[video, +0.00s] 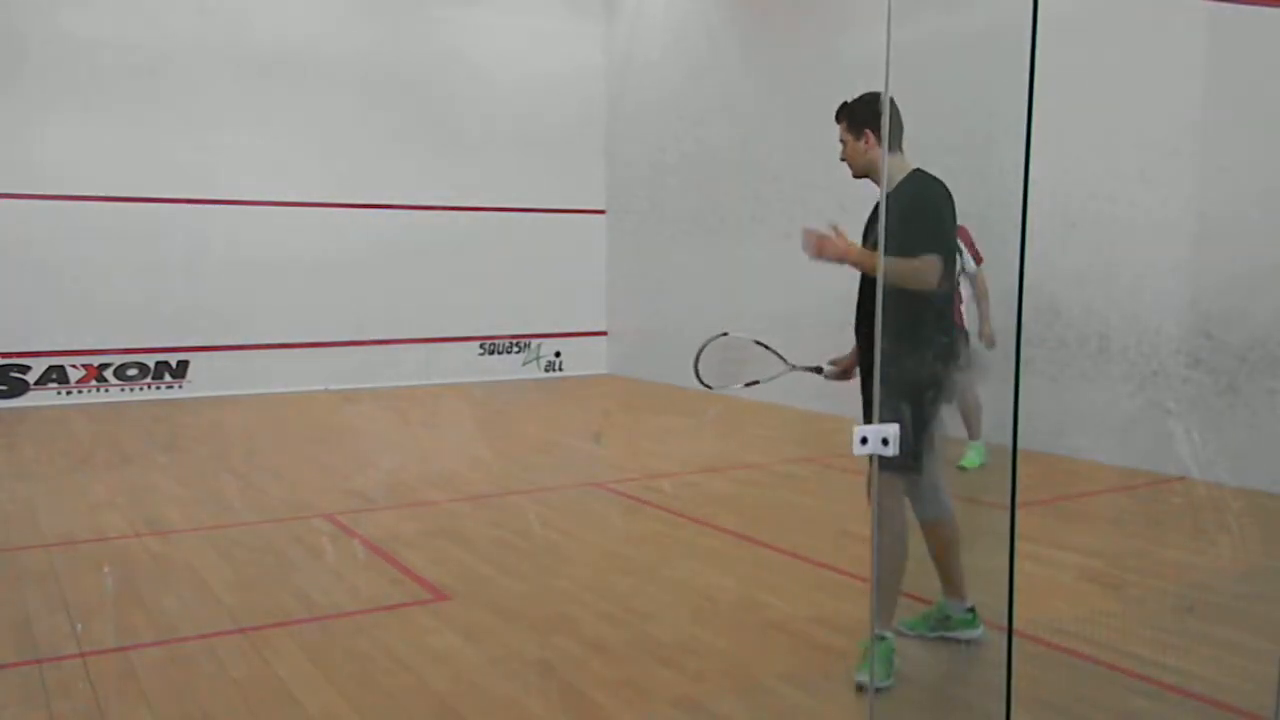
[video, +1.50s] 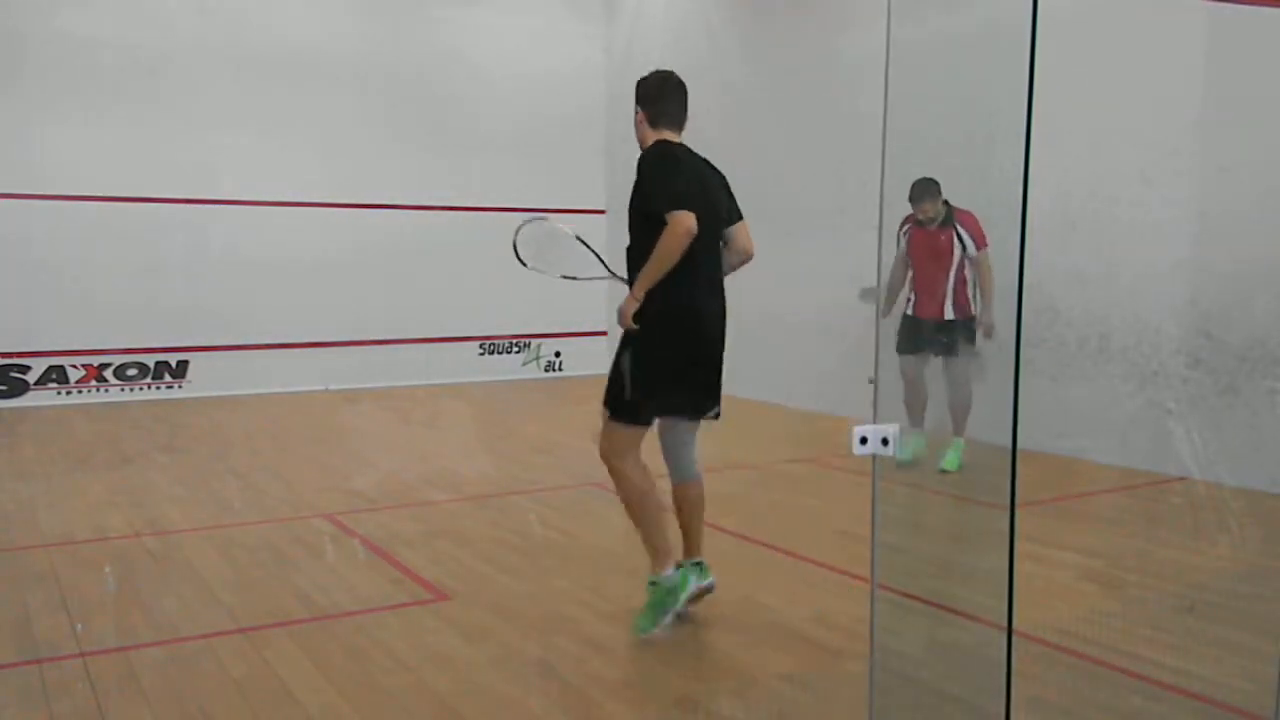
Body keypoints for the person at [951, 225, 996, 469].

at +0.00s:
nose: (936, 213)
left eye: (940, 207)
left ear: (947, 207)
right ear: (921, 211)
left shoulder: (957, 235)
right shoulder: (914, 241)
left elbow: (977, 278)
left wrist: (985, 323)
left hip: (952, 327)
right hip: (920, 327)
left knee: (962, 385)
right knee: (921, 390)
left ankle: (975, 442)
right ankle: (920, 446)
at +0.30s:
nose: (923, 215)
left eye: (927, 209)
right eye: (916, 212)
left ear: (933, 209)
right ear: (907, 215)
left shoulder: (946, 234)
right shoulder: (895, 239)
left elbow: (967, 269)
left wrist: (981, 313)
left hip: (940, 324)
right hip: (905, 327)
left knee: (952, 385)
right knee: (909, 389)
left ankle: (962, 443)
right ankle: (908, 444)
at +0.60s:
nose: (926, 226)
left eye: (931, 221)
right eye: (922, 221)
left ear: (943, 212)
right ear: (915, 213)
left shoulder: (960, 234)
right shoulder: (911, 236)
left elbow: (978, 275)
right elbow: (900, 272)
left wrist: (976, 319)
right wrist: (897, 311)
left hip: (947, 325)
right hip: (911, 324)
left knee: (952, 383)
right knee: (893, 380)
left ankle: (952, 442)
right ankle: (887, 440)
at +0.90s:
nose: (920, 218)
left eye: (925, 213)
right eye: (915, 214)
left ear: (936, 203)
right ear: (908, 207)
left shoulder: (957, 227)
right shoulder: (896, 230)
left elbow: (978, 266)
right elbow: (886, 269)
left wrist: (978, 309)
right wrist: (876, 304)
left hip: (948, 321)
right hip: (907, 321)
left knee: (956, 381)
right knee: (905, 379)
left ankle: (963, 443)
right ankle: (913, 440)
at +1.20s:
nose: (923, 218)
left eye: (928, 212)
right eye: (918, 212)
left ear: (941, 203)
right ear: (911, 207)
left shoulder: (963, 225)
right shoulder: (904, 228)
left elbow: (978, 268)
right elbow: (893, 267)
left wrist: (970, 309)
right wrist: (881, 302)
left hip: (950, 317)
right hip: (912, 316)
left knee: (955, 379)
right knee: (901, 372)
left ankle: (954, 443)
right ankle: (903, 437)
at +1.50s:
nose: (921, 216)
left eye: (926, 210)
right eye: (917, 211)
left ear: (940, 202)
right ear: (912, 207)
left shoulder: (964, 223)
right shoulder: (909, 226)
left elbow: (982, 267)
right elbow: (901, 265)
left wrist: (986, 314)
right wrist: (890, 300)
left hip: (956, 318)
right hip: (917, 317)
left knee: (957, 378)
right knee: (910, 373)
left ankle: (957, 442)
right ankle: (915, 437)